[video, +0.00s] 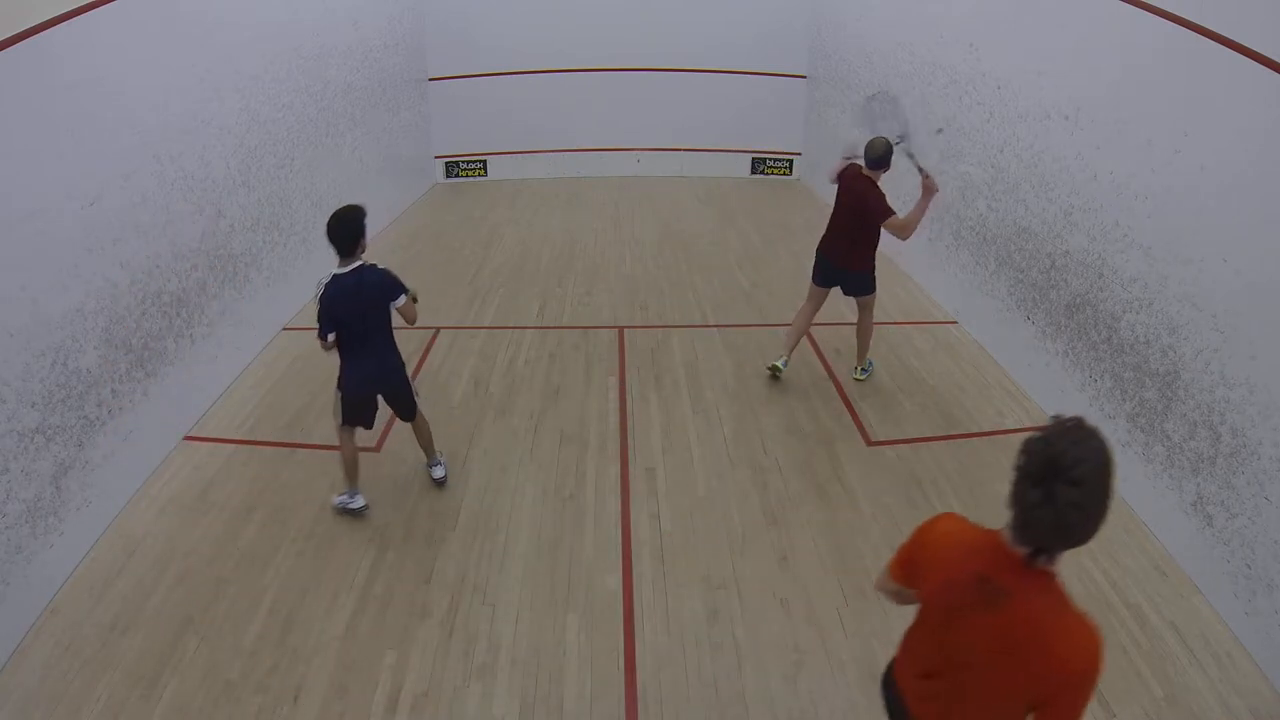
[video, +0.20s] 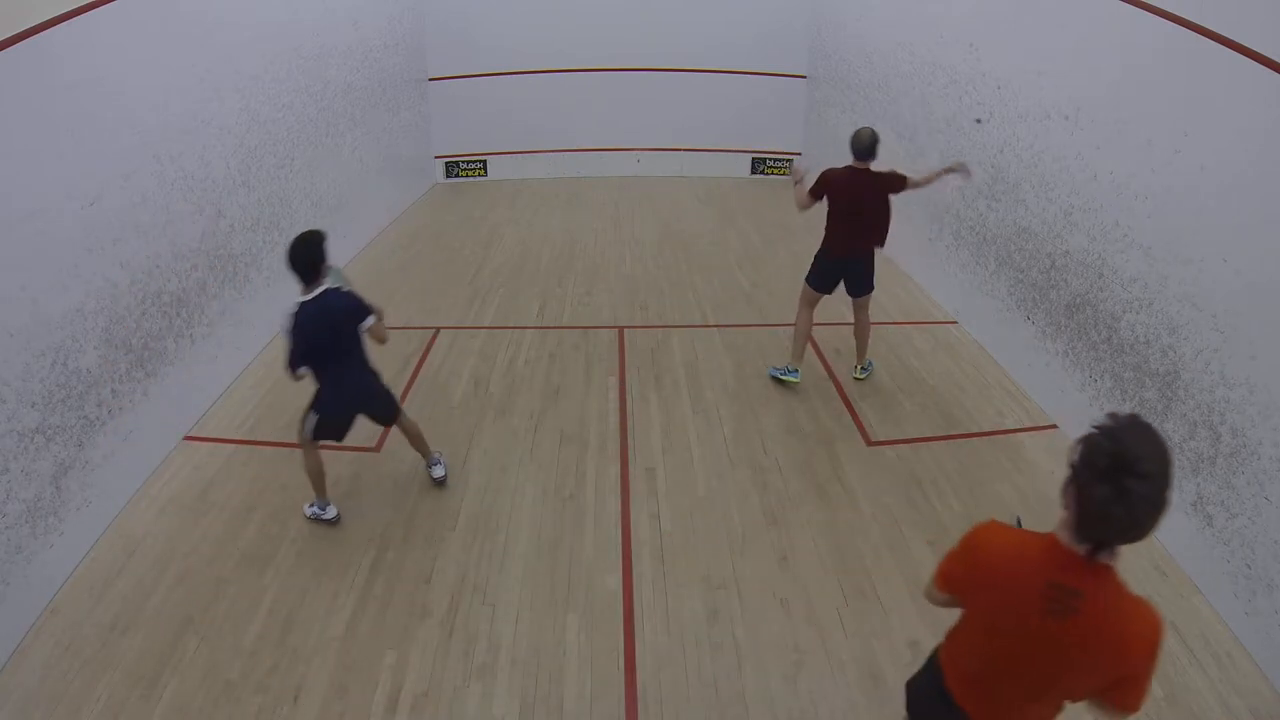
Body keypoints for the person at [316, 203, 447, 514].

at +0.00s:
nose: (367, 237)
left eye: (363, 232)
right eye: (365, 233)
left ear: (333, 244)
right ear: (361, 241)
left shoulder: (329, 290)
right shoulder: (380, 277)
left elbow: (326, 342)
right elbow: (411, 318)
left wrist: (346, 329)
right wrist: (409, 298)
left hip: (354, 375)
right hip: (389, 367)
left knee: (347, 431)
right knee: (414, 415)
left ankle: (353, 494)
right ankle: (435, 465)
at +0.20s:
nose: (329, 261)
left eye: (324, 257)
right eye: (326, 258)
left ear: (295, 271)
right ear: (322, 265)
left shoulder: (300, 317)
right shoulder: (344, 298)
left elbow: (296, 372)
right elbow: (380, 336)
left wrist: (318, 349)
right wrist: (377, 316)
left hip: (332, 395)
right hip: (366, 383)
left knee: (308, 440)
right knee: (401, 420)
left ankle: (323, 505)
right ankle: (434, 465)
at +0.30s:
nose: (303, 266)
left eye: (299, 262)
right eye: (300, 262)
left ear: (270, 276)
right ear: (297, 270)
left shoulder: (271, 322)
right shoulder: (318, 305)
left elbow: (263, 376)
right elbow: (357, 344)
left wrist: (281, 351)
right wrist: (351, 323)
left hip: (307, 403)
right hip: (340, 390)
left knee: (293, 448)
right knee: (381, 428)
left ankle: (321, 505)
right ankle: (423, 463)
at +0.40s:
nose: (281, 258)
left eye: (277, 253)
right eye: (278, 254)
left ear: (247, 267)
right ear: (274, 261)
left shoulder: (247, 316)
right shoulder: (298, 298)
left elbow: (240, 370)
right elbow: (336, 337)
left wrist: (250, 345)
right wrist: (321, 321)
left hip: (282, 401)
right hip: (315, 387)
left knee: (299, 452)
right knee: (346, 434)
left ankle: (320, 504)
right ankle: (377, 481)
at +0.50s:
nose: (263, 251)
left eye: (259, 246)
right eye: (260, 247)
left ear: (227, 260)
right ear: (256, 253)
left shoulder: (229, 306)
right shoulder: (279, 289)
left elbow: (223, 365)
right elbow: (316, 333)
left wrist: (238, 358)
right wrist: (290, 325)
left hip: (263, 397)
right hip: (296, 383)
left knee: (287, 458)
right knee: (313, 444)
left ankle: (304, 514)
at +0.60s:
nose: (247, 267)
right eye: (245, 263)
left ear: (211, 277)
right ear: (244, 268)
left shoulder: (216, 324)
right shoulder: (267, 306)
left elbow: (211, 383)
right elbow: (302, 350)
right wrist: (274, 342)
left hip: (252, 419)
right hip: (286, 406)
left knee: (268, 485)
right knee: (292, 465)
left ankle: (278, 554)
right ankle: (304, 520)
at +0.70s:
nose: (236, 296)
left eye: (226, 293)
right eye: (234, 291)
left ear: (201, 307)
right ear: (233, 298)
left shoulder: (208, 355)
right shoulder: (259, 337)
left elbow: (209, 415)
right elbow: (291, 380)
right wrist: (260, 373)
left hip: (245, 451)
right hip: (279, 437)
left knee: (244, 525)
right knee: (287, 478)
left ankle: (259, 603)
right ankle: (304, 526)